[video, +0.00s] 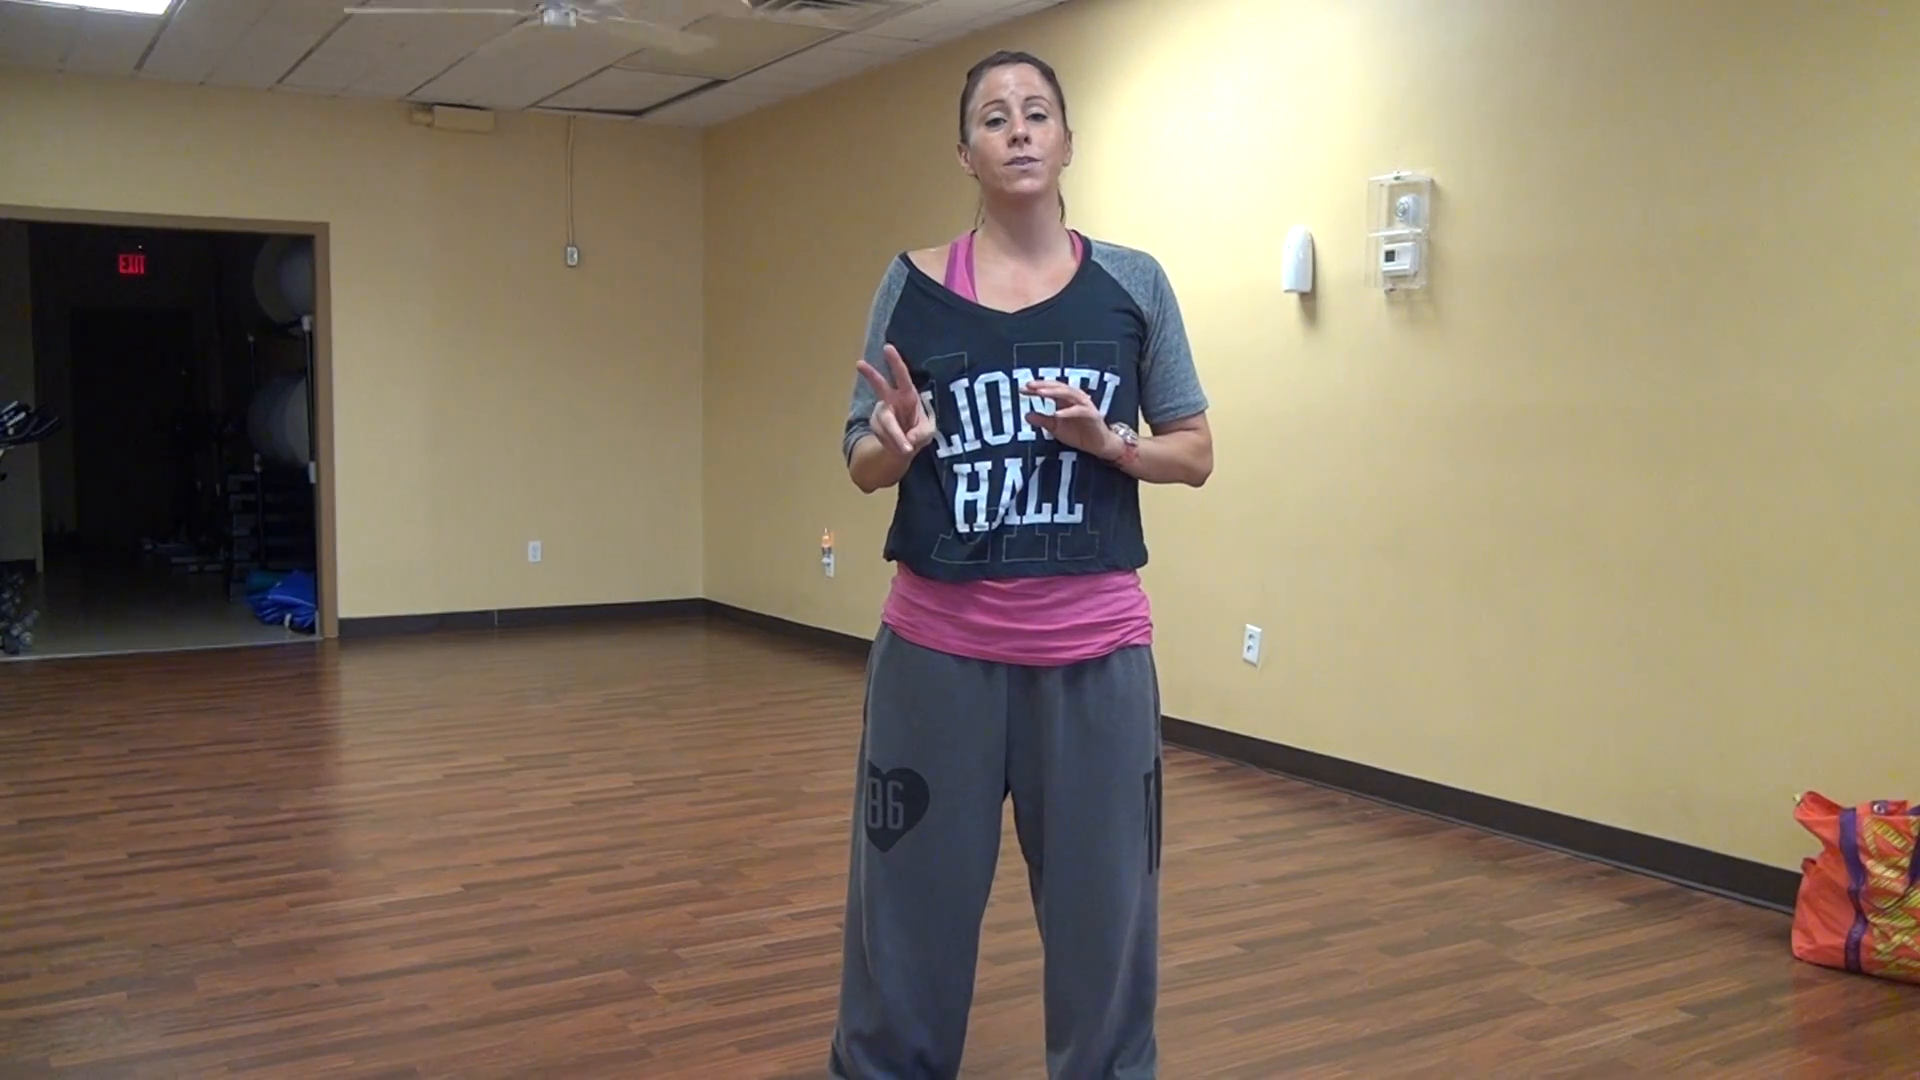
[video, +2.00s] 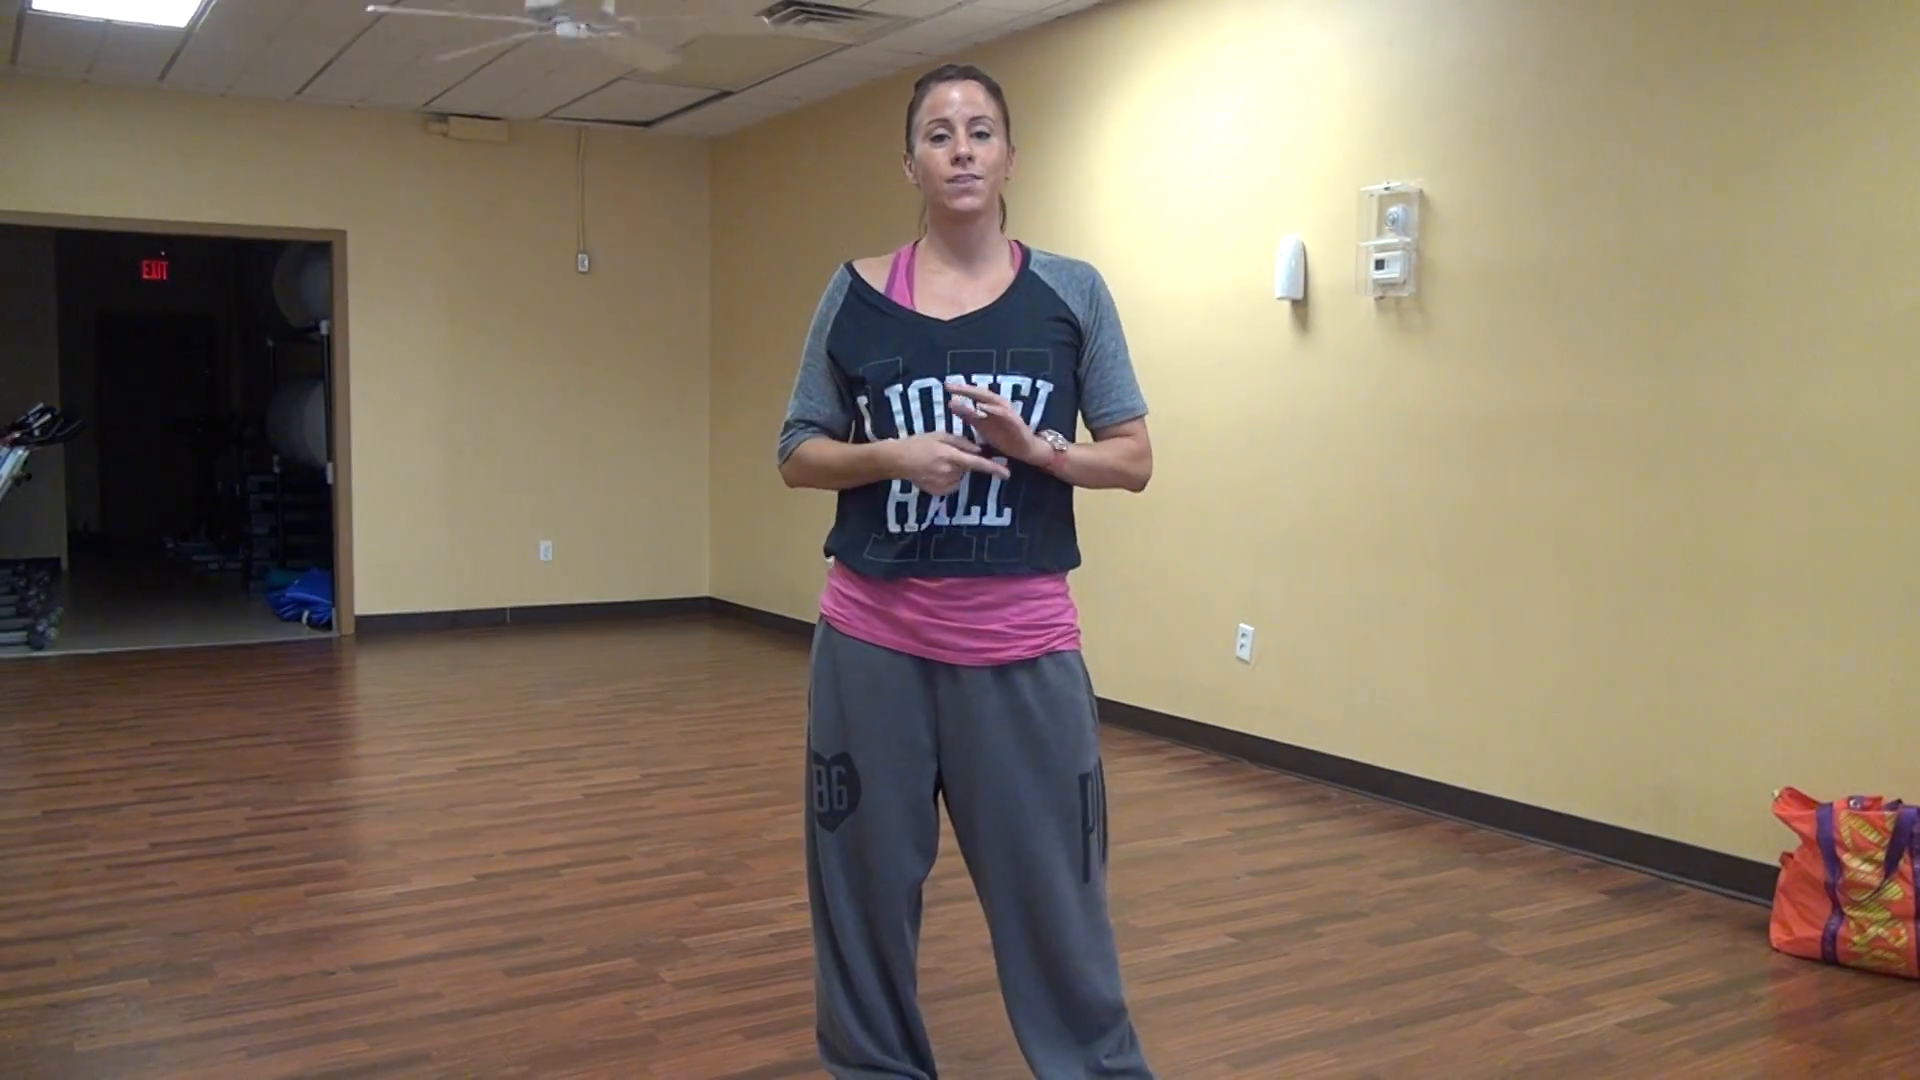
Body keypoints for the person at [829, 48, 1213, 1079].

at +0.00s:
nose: (1016, 130)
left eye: (1036, 114)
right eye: (993, 118)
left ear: (1066, 143)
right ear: (965, 152)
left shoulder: (1135, 279)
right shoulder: (915, 282)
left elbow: (1196, 455)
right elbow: (865, 469)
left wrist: (1118, 444)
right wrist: (895, 442)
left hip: (1095, 644)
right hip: (936, 642)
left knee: (1106, 920)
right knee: (907, 911)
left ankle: (1106, 1073)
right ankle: (887, 1069)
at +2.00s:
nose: (960, 149)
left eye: (979, 132)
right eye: (939, 134)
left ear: (1008, 156)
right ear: (911, 162)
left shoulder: (1073, 289)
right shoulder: (858, 291)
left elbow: (1134, 459)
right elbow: (798, 454)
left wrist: (1043, 450)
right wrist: (886, 458)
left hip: (1021, 640)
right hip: (870, 638)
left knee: (1055, 900)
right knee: (862, 895)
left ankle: (1098, 1066)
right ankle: (875, 1066)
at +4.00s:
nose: (1026, 211)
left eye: (1044, 190)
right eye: (1004, 194)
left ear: (1072, 207)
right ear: (976, 218)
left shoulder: (1141, 340)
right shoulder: (928, 344)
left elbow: (1200, 511)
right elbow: (872, 511)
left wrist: (1128, 484)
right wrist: (966, 489)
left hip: (1102, 700)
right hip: (947, 697)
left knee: (1117, 973)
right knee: (917, 966)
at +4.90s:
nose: (1089, 205)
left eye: (1108, 184)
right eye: (1066, 188)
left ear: (1134, 200)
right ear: (1035, 210)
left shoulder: (1199, 334)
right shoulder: (983, 334)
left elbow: (1255, 506)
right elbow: (925, 497)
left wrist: (1188, 479)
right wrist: (1024, 499)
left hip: (1154, 693)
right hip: (998, 690)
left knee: (1169, 969)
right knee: (969, 959)